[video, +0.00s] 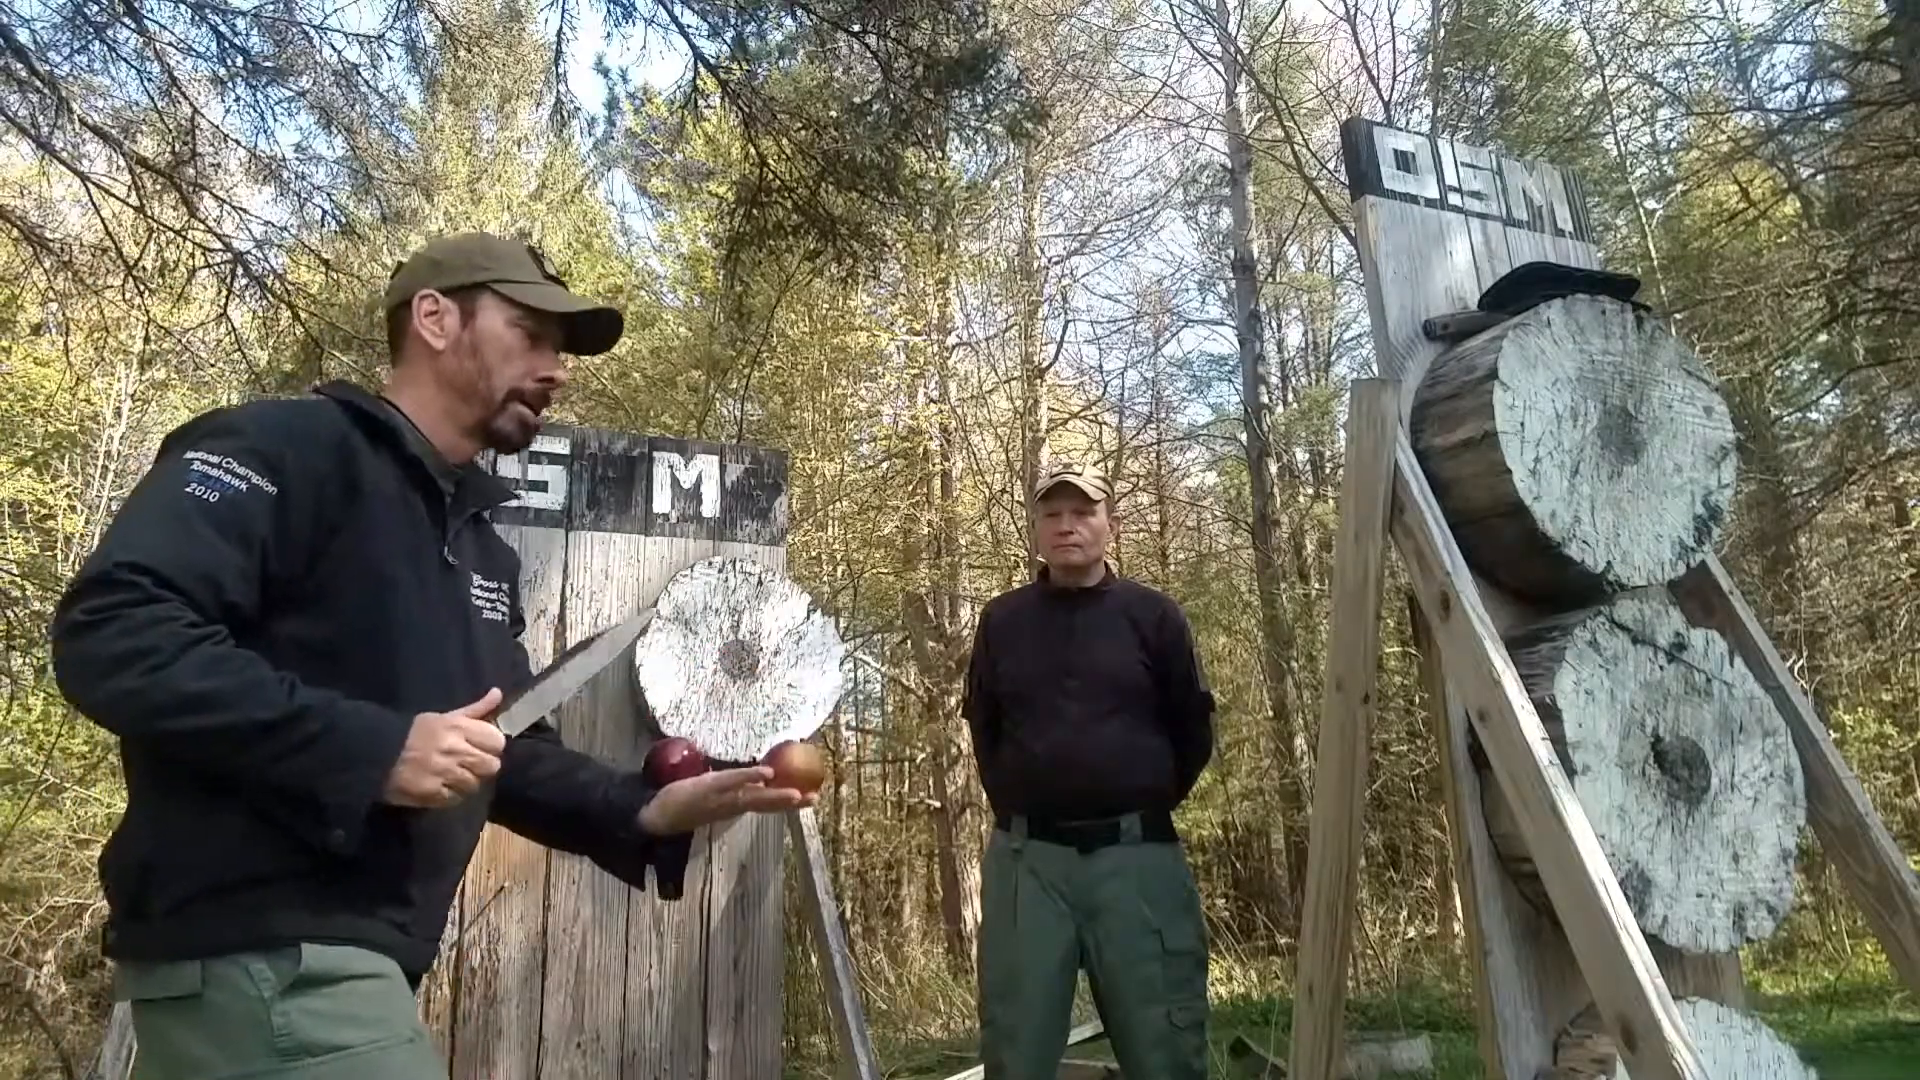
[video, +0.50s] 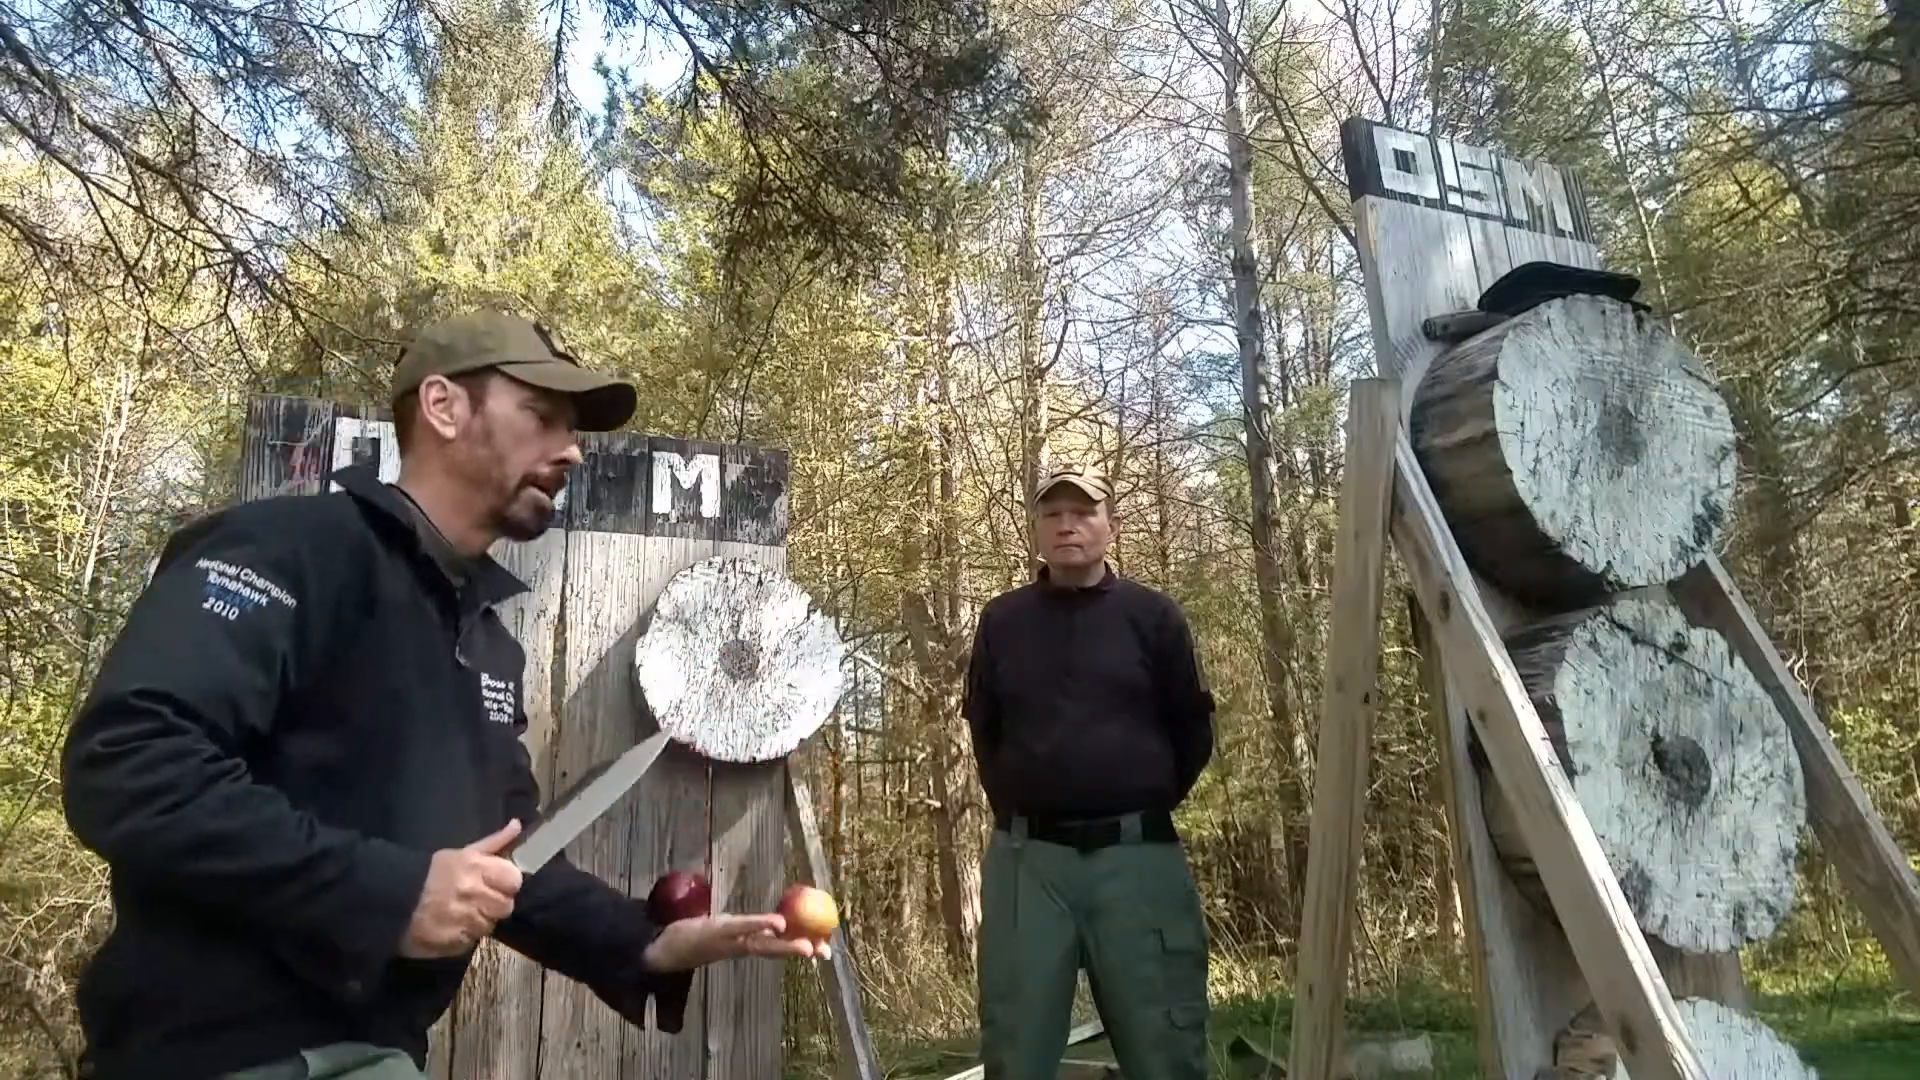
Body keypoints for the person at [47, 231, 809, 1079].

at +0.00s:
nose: (558, 370)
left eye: (563, 347)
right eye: (536, 334)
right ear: (436, 321)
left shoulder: (480, 546)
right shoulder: (283, 447)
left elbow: (491, 752)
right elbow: (111, 633)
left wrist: (650, 808)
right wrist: (374, 747)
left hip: (346, 960)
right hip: (265, 961)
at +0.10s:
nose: (576, 358)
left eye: (581, 337)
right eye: (554, 322)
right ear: (454, 310)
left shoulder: (488, 538)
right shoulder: (309, 429)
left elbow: (492, 744)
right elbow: (135, 611)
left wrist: (656, 806)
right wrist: (404, 735)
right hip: (280, 955)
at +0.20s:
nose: (588, 350)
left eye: (592, 331)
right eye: (563, 315)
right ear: (464, 301)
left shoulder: (494, 540)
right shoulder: (321, 418)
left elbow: (494, 740)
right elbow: (149, 599)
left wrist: (659, 808)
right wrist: (420, 724)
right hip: (277, 954)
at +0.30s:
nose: (589, 363)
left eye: (593, 341)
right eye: (566, 326)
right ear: (465, 314)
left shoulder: (491, 545)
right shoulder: (321, 428)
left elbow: (495, 752)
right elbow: (149, 621)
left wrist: (659, 828)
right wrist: (417, 743)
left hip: (352, 968)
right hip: (268, 968)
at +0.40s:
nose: (584, 402)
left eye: (587, 379)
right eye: (558, 364)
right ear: (459, 354)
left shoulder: (494, 590)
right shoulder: (299, 478)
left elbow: (486, 801)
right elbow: (142, 685)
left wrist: (657, 877)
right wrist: (409, 805)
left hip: (365, 1011)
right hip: (249, 1008)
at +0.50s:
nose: (570, 453)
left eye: (573, 427)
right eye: (544, 416)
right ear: (444, 408)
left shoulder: (490, 643)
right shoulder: (286, 546)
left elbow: (487, 856)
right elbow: (126, 771)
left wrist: (648, 939)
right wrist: (393, 891)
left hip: (375, 1042)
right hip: (234, 1043)